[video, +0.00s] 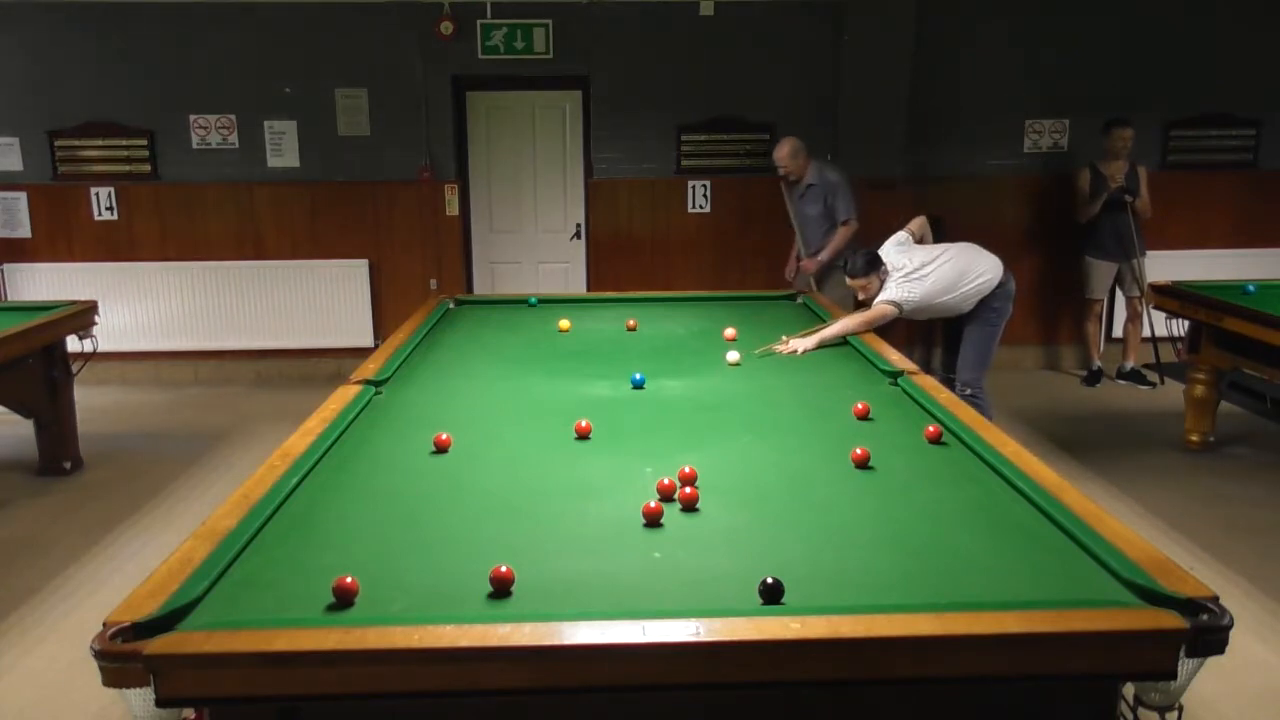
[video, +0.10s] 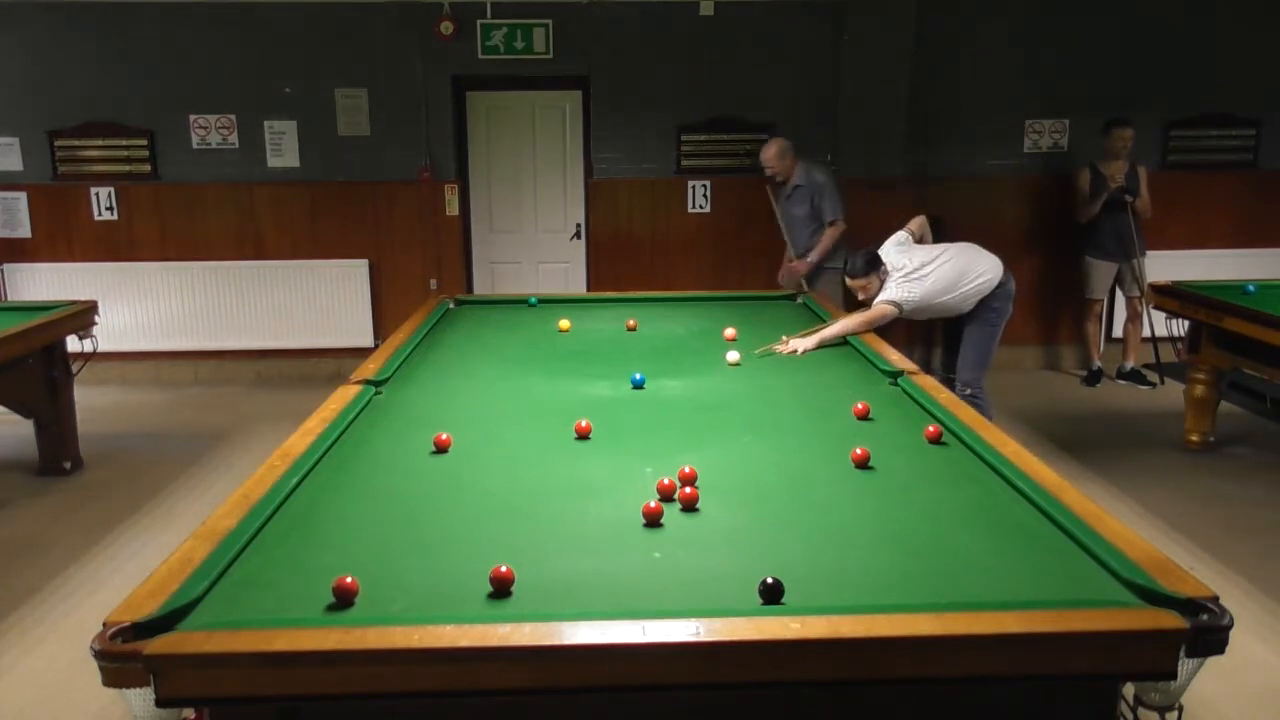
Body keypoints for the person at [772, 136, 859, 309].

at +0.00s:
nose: (781, 173)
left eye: (786, 167)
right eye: (779, 168)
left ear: (801, 160)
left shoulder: (831, 179)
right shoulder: (789, 183)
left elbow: (849, 225)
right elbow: (802, 226)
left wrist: (819, 260)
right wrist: (793, 258)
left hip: (834, 268)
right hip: (806, 268)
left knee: (834, 330)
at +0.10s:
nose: (768, 173)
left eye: (772, 167)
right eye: (765, 168)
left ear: (788, 160)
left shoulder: (818, 179)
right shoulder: (782, 186)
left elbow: (837, 226)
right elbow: (794, 232)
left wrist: (809, 262)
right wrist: (787, 264)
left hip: (826, 268)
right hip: (799, 267)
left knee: (829, 329)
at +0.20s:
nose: (755, 171)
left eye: (759, 165)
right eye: (753, 166)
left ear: (774, 158)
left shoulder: (804, 180)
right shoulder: (772, 183)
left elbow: (824, 223)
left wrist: (799, 260)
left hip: (811, 267)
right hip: (781, 263)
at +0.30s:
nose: (743, 167)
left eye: (746, 161)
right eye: (741, 162)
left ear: (763, 154)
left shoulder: (792, 177)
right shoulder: (763, 181)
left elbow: (812, 220)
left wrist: (786, 257)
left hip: (795, 265)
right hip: (768, 262)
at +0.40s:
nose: (734, 165)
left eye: (737, 159)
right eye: (732, 159)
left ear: (754, 152)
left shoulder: (783, 175)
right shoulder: (754, 178)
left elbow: (800, 219)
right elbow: (758, 224)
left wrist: (771, 253)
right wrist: (750, 259)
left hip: (781, 266)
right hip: (756, 263)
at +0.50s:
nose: (725, 163)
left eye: (728, 157)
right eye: (723, 158)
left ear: (744, 151)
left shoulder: (773, 173)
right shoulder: (745, 177)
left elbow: (788, 218)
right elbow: (749, 224)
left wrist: (756, 250)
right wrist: (738, 255)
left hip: (772, 264)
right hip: (751, 262)